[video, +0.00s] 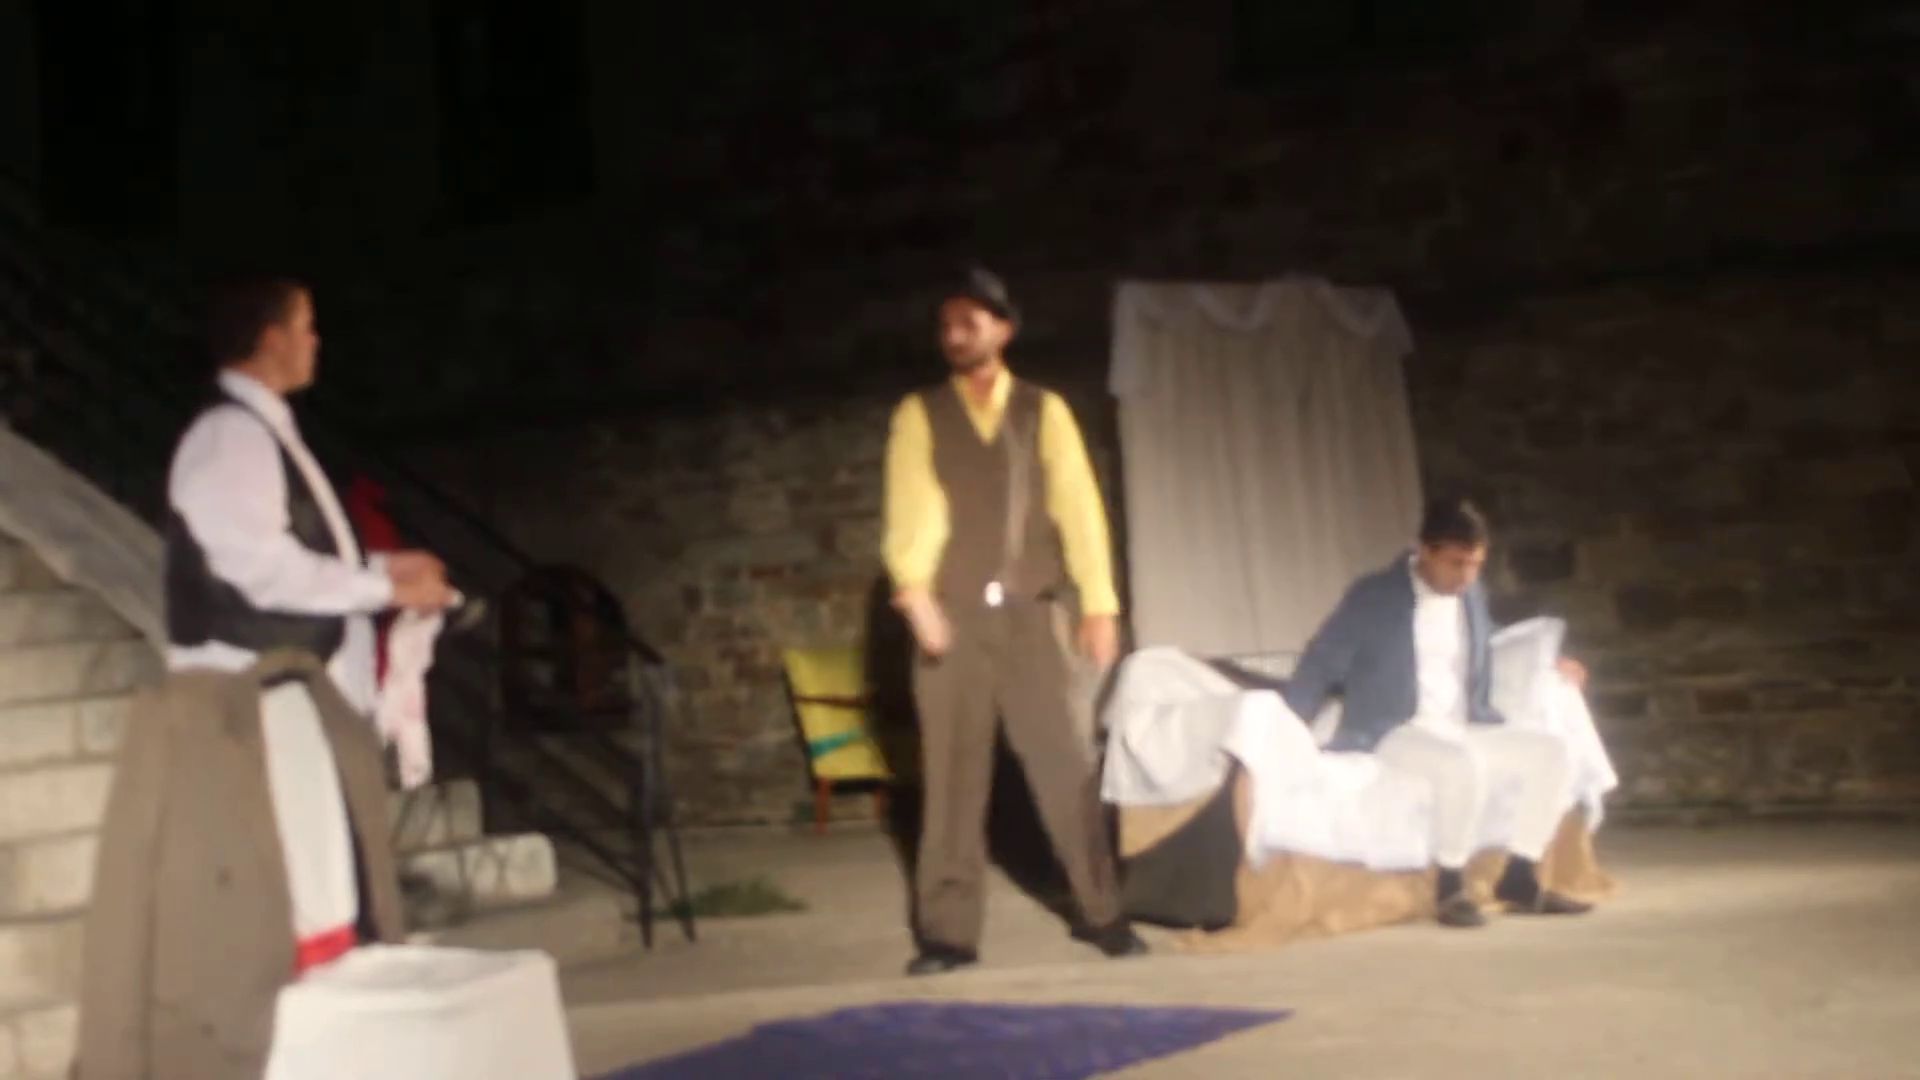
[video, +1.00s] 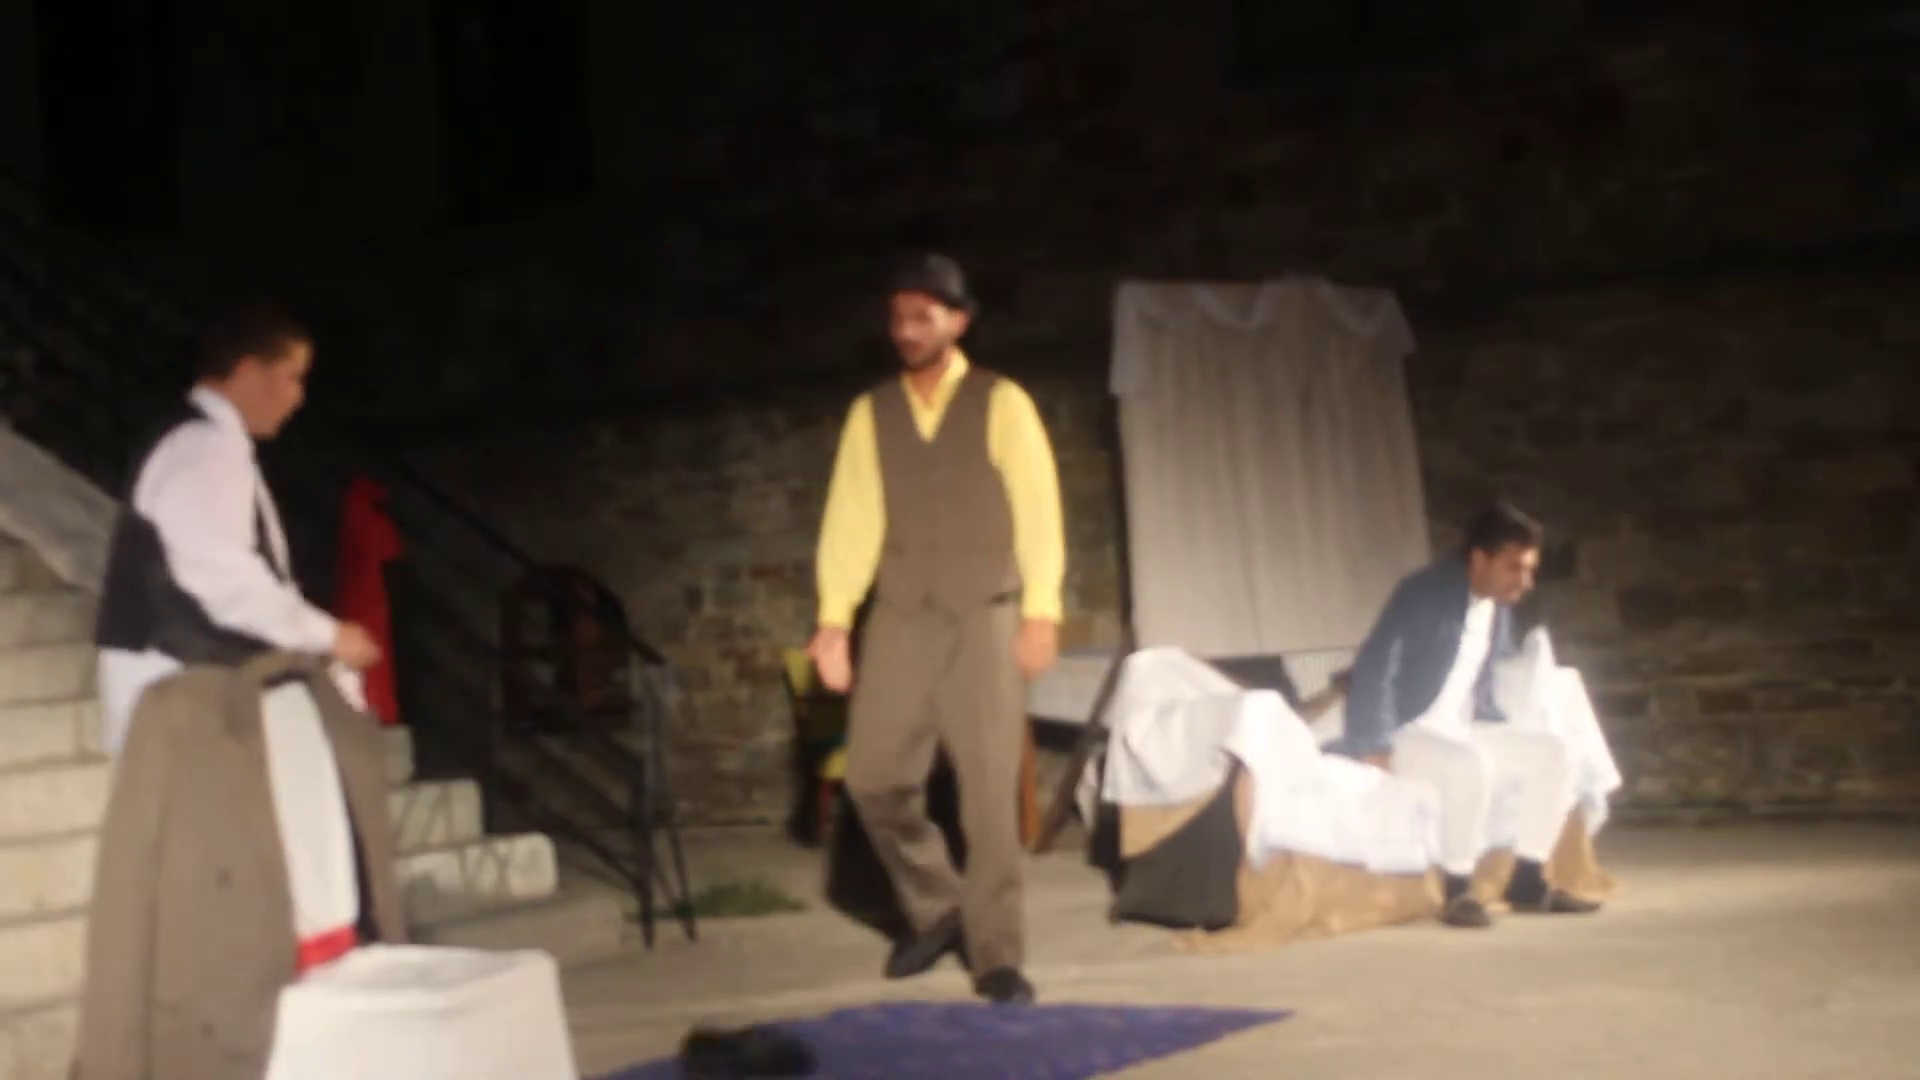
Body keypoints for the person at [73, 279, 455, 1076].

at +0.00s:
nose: (315, 344)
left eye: (312, 329)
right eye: (305, 329)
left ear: (261, 339)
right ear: (266, 338)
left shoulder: (271, 431)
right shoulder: (228, 436)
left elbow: (290, 566)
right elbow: (257, 569)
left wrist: (390, 584)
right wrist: (382, 585)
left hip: (295, 696)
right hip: (249, 705)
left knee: (329, 885)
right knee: (300, 890)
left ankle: (334, 1047)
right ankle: (299, 1051)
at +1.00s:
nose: (299, 396)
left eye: (300, 381)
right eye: (292, 378)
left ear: (248, 374)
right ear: (246, 371)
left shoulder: (230, 453)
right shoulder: (205, 449)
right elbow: (219, 576)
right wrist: (329, 636)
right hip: (171, 700)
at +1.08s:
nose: (271, 395)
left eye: (275, 380)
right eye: (270, 377)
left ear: (213, 363)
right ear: (236, 366)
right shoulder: (218, 445)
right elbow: (230, 568)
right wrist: (299, 634)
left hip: (99, 661)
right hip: (163, 673)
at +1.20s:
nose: (203, 379)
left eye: (204, 365)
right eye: (202, 364)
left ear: (116, 357)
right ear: (188, 364)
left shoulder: (50, 435)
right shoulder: (196, 443)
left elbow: (8, 572)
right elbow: (236, 589)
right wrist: (249, 642)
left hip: (30, 694)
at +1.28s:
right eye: (143, 365)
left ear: (56, 366)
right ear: (144, 370)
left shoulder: (16, 444)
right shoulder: (172, 450)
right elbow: (217, 597)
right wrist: (237, 654)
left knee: (81, 908)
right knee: (114, 910)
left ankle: (63, 1058)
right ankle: (64, 1058)